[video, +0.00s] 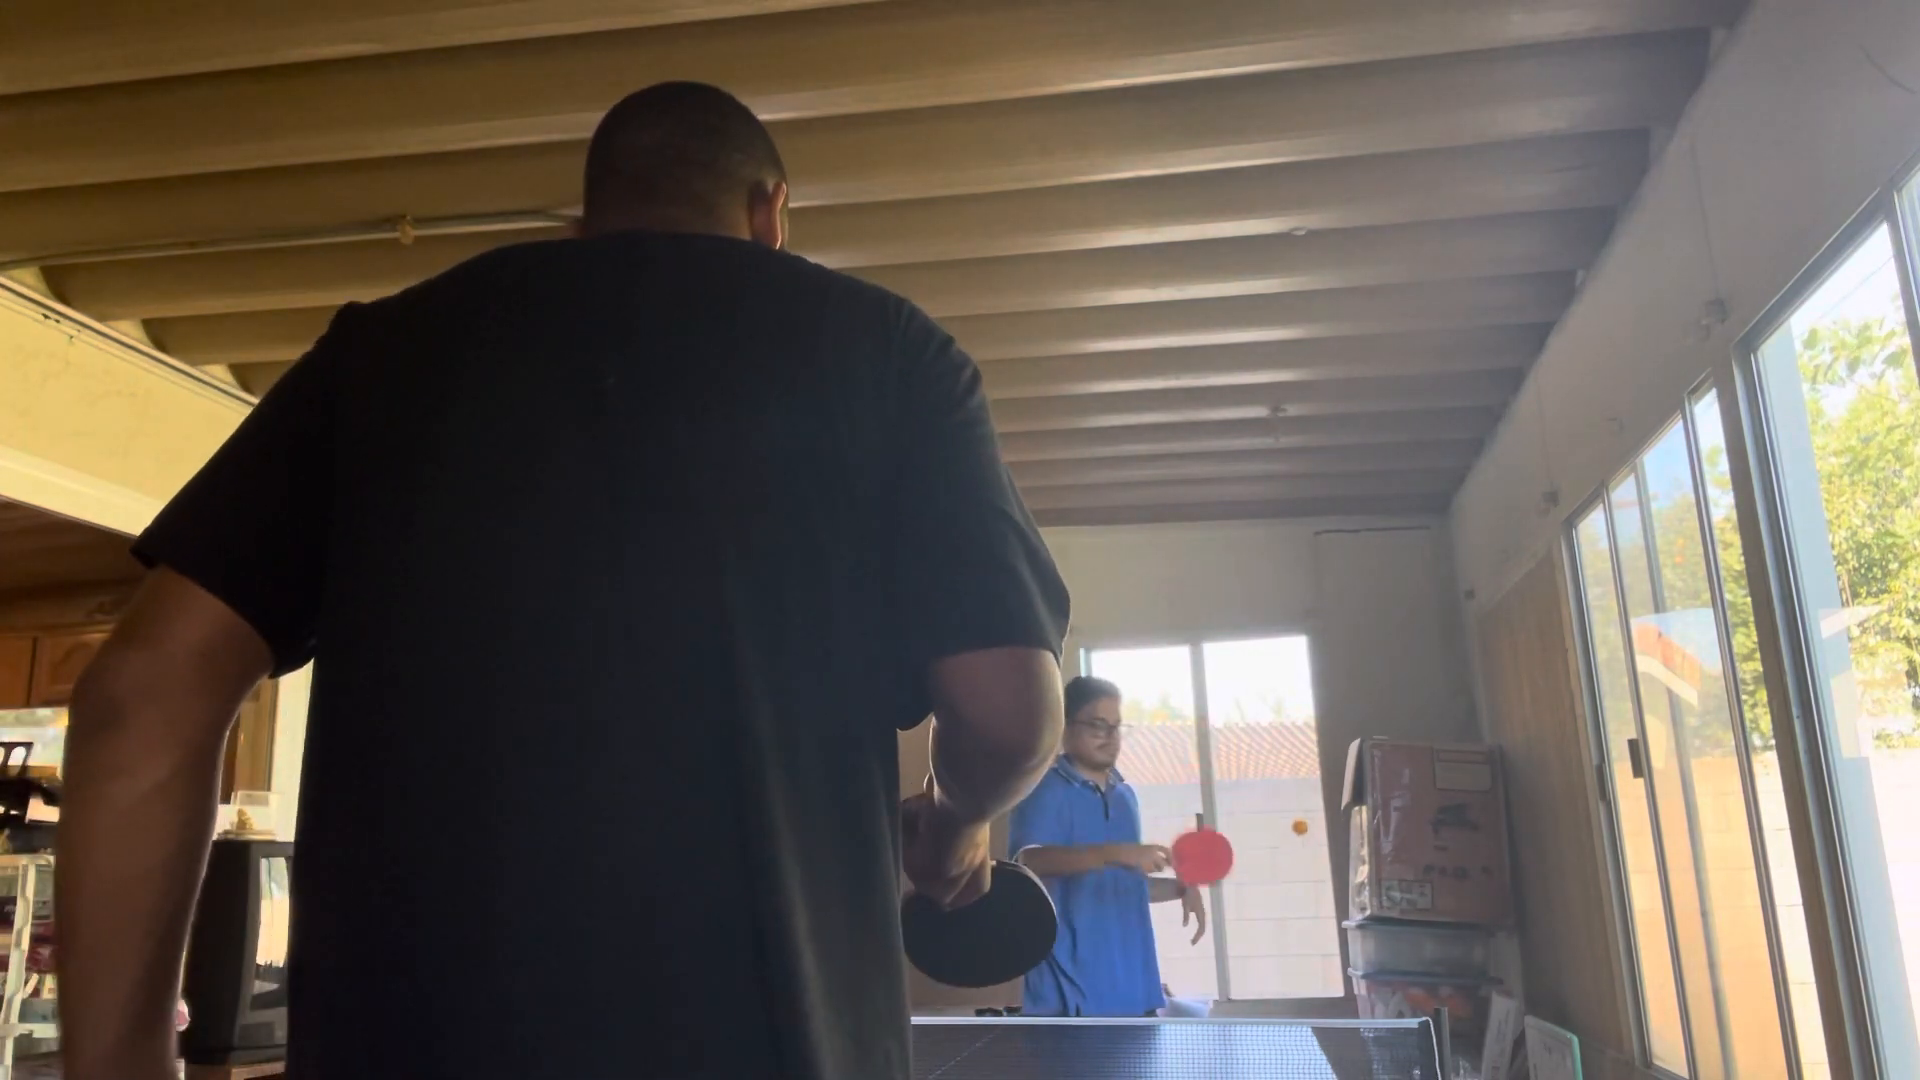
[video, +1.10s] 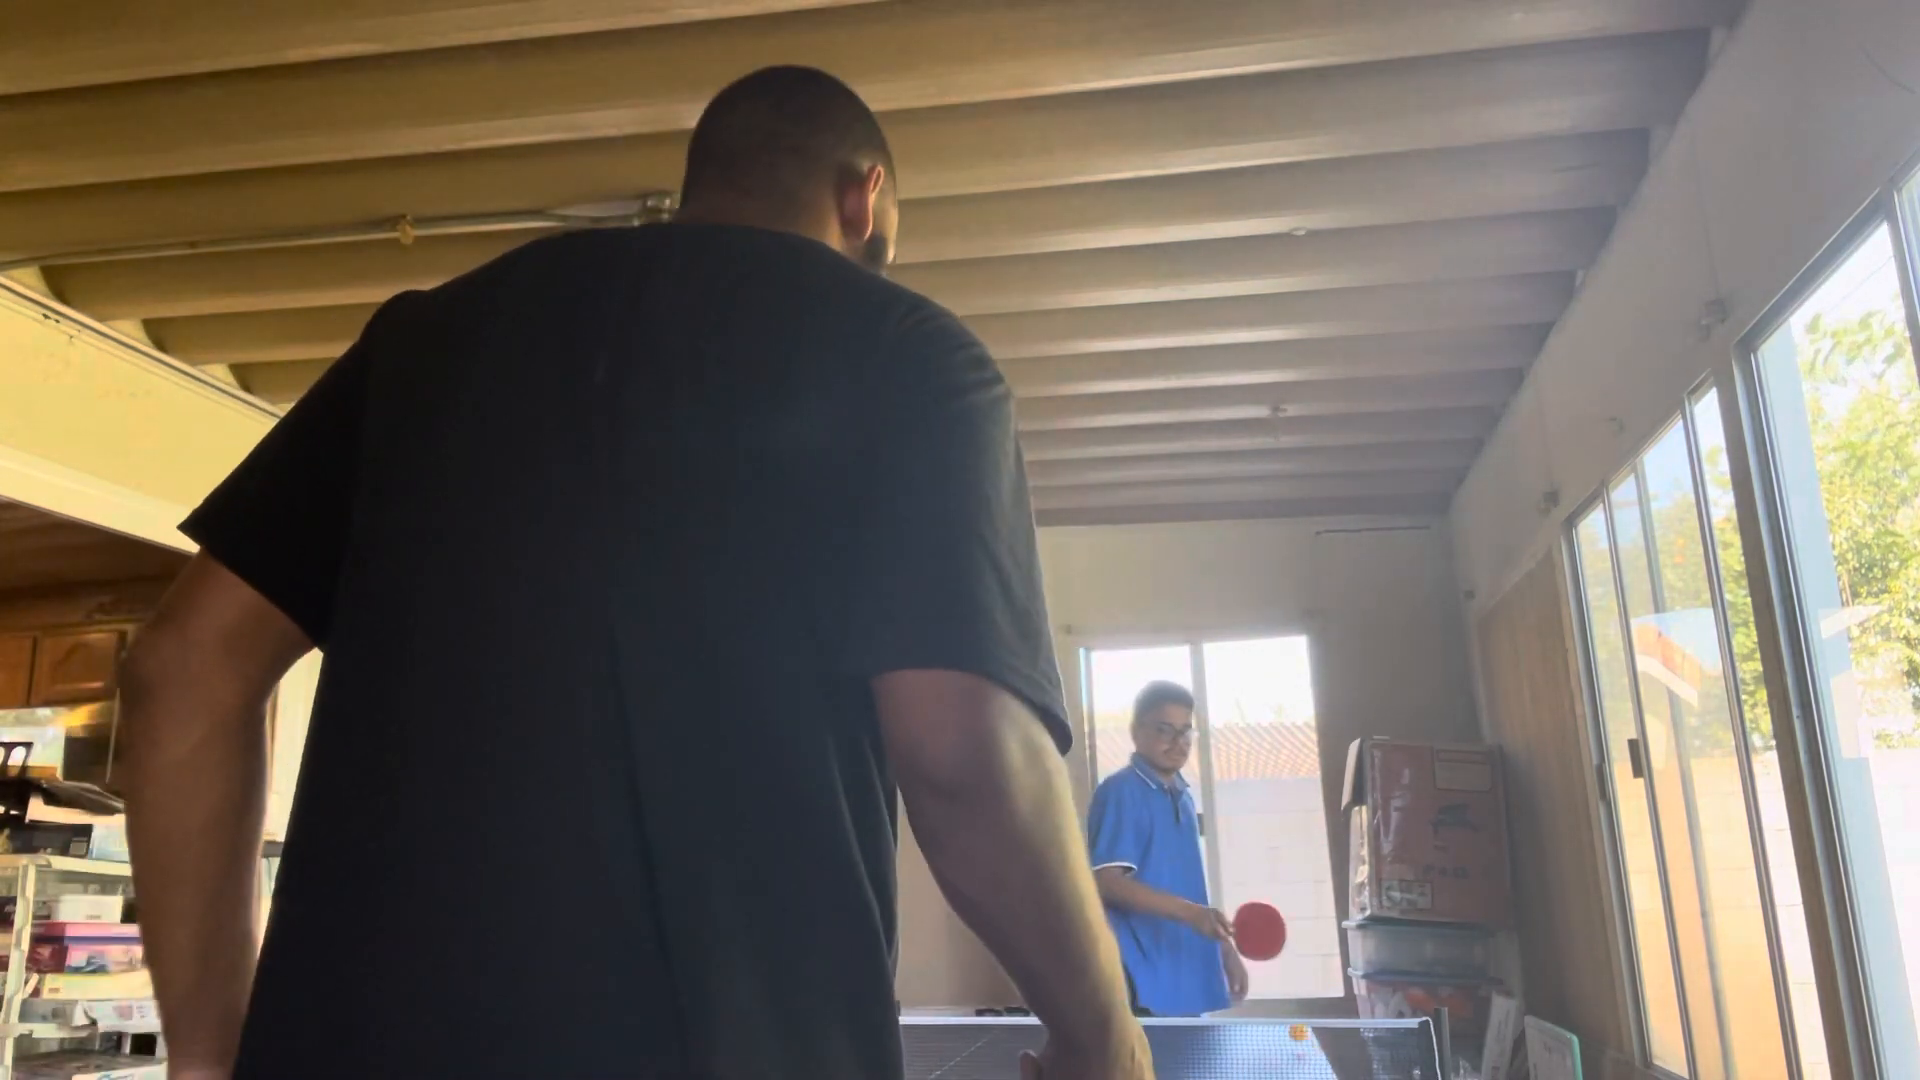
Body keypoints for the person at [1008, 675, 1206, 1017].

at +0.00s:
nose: (1109, 737)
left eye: (1115, 727)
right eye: (1096, 726)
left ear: (1121, 728)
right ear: (1064, 728)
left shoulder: (1123, 796)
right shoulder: (1046, 789)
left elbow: (1119, 888)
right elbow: (1027, 859)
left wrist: (1179, 888)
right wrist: (1119, 853)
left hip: (1130, 988)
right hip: (1066, 994)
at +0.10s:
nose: (1119, 737)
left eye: (1124, 727)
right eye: (1106, 726)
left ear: (1130, 728)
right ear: (1072, 729)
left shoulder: (1129, 796)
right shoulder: (1056, 791)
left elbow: (1129, 893)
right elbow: (1075, 869)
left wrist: (1186, 892)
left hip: (1133, 989)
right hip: (1072, 996)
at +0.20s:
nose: (1134, 736)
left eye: (1137, 727)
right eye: (1121, 726)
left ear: (1142, 729)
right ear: (1085, 732)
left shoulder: (1131, 796)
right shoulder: (1083, 790)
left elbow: (1136, 888)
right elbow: (1145, 866)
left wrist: (1197, 898)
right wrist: (1251, 894)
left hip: (1122, 984)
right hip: (1079, 987)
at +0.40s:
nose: (1160, 737)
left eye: (1164, 728)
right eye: (1147, 726)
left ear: (1169, 731)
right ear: (1113, 729)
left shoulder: (1133, 787)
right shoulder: (1109, 786)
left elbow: (1127, 889)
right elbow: (1147, 867)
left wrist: (1183, 910)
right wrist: (1240, 854)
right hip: (1104, 988)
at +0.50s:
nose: (1160, 734)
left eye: (1166, 725)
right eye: (1146, 722)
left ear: (1172, 730)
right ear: (1115, 728)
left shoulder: (1146, 791)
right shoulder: (1111, 787)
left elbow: (1151, 877)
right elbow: (1125, 870)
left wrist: (1180, 923)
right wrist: (1204, 851)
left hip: (1158, 985)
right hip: (1118, 987)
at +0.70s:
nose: (1159, 735)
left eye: (1166, 724)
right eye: (1144, 724)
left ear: (1174, 730)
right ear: (1118, 730)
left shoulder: (1163, 792)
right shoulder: (1110, 791)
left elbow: (1167, 894)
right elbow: (1109, 878)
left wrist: (1214, 933)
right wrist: (1182, 873)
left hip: (1179, 986)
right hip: (1133, 993)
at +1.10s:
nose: (1178, 742)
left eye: (1185, 732)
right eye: (1164, 730)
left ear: (1193, 734)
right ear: (1136, 733)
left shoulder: (1181, 797)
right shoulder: (1121, 793)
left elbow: (1189, 889)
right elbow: (1108, 880)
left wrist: (1225, 950)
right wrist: (1191, 913)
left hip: (1196, 989)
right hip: (1150, 996)